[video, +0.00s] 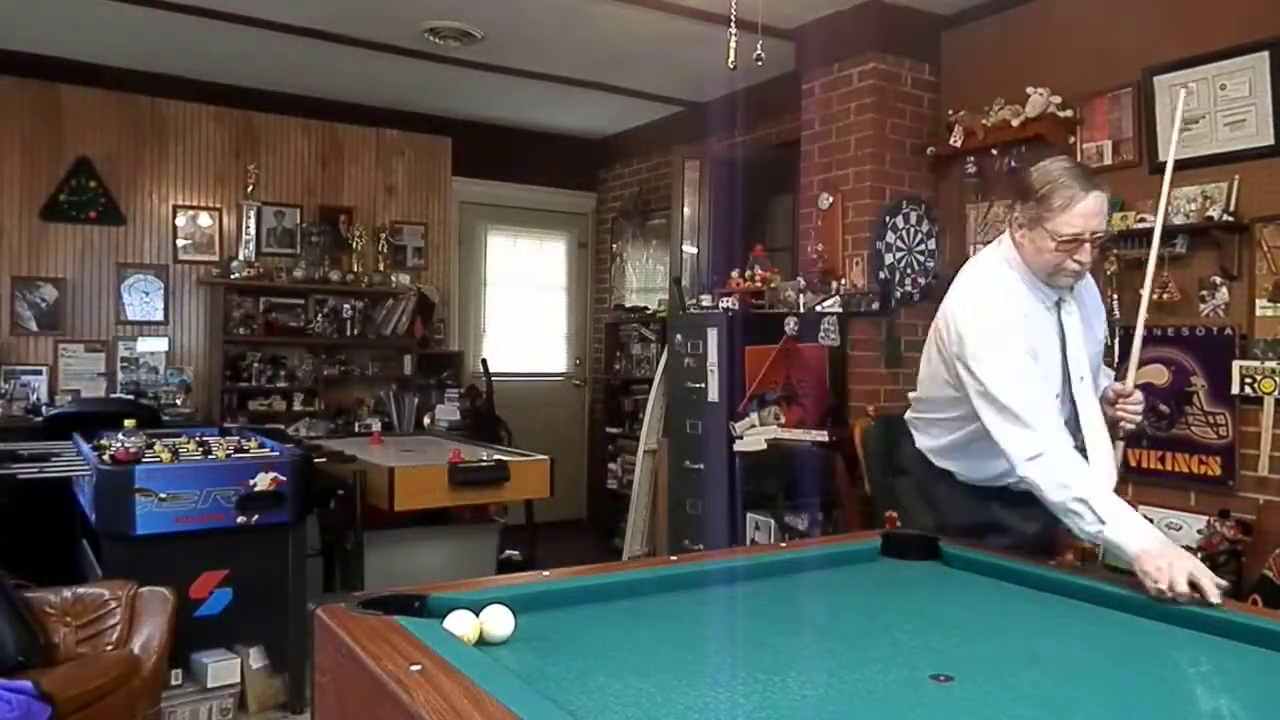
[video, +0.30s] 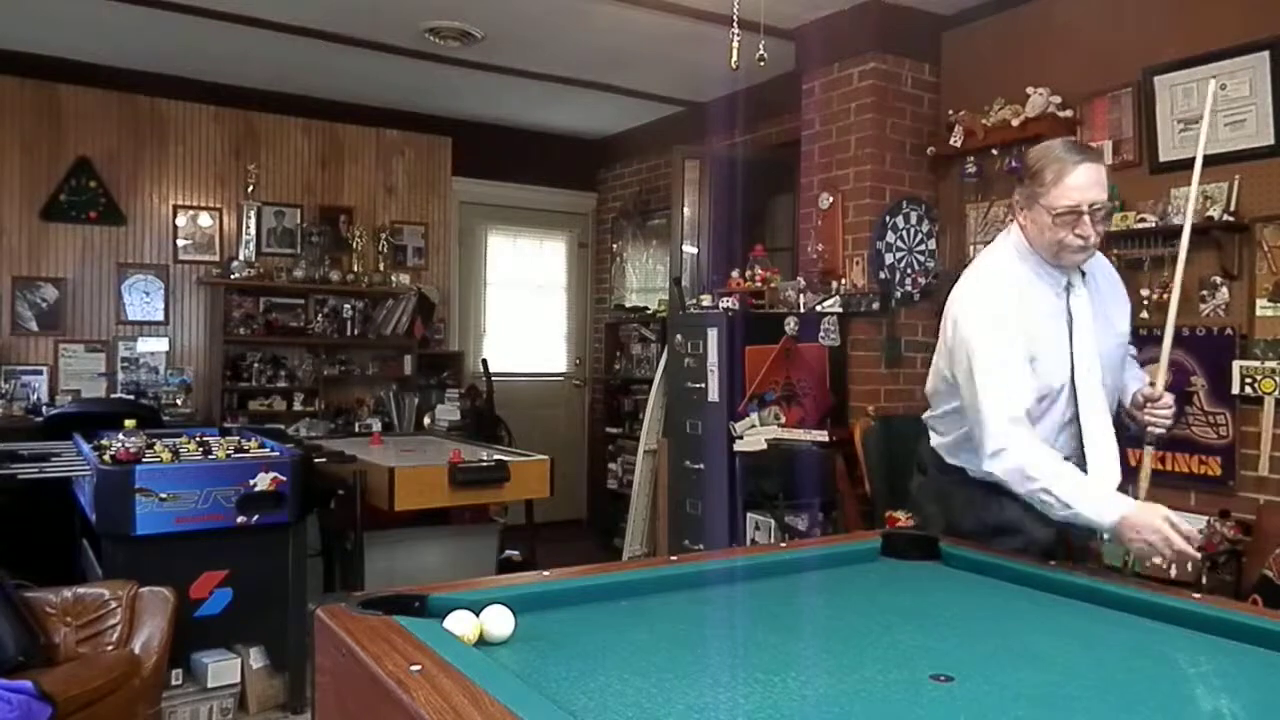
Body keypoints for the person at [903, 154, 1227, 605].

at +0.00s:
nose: (1085, 259)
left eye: (1095, 242)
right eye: (1069, 242)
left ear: (1103, 234)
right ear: (1020, 227)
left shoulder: (1077, 282)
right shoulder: (984, 306)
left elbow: (1085, 368)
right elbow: (1039, 453)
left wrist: (1107, 396)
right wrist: (1146, 545)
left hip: (1036, 497)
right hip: (957, 499)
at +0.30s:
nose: (1087, 231)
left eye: (1098, 212)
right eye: (1067, 214)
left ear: (1107, 207)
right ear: (1022, 210)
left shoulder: (1098, 274)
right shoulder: (986, 296)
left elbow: (1116, 360)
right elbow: (1005, 448)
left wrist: (1138, 398)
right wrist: (1118, 514)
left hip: (1066, 492)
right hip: (979, 499)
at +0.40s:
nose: (1082, 219)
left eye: (1093, 200)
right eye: (1062, 204)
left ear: (1105, 196)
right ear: (1021, 204)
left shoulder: (1110, 271)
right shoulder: (982, 288)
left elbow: (1136, 356)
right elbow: (968, 433)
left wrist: (1150, 400)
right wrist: (1069, 507)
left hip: (1081, 494)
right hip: (988, 501)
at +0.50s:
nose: (1072, 204)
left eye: (1086, 186)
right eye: (1053, 190)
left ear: (1104, 189)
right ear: (1021, 195)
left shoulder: (1122, 272)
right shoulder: (980, 281)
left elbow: (1154, 357)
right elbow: (941, 416)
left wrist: (1160, 406)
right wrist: (1019, 494)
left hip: (1099, 505)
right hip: (996, 510)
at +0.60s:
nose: (1063, 192)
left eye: (1079, 175)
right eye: (1046, 179)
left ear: (1108, 180)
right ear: (1026, 189)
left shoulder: (1142, 280)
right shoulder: (979, 276)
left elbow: (1181, 371)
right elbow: (924, 388)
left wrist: (1180, 416)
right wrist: (975, 464)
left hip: (1105, 510)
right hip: (996, 509)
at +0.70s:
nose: (1068, 183)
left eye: (1085, 168)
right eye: (1053, 172)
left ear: (1121, 175)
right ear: (1040, 185)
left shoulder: (1161, 284)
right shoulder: (991, 268)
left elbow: (1208, 385)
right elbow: (919, 360)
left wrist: (1178, 432)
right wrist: (939, 417)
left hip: (1107, 510)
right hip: (996, 499)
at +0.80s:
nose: (1082, 180)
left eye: (1101, 165)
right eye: (1071, 168)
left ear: (1141, 177)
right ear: (1059, 182)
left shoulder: (1179, 288)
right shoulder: (1004, 264)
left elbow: (1229, 399)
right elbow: (928, 334)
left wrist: (1166, 450)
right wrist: (928, 359)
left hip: (1107, 513)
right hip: (999, 500)